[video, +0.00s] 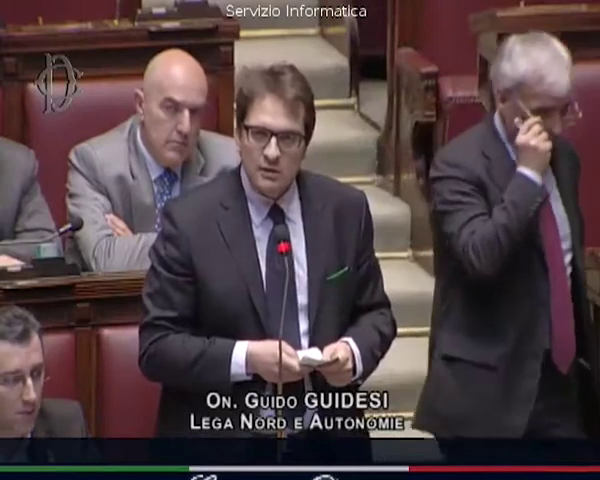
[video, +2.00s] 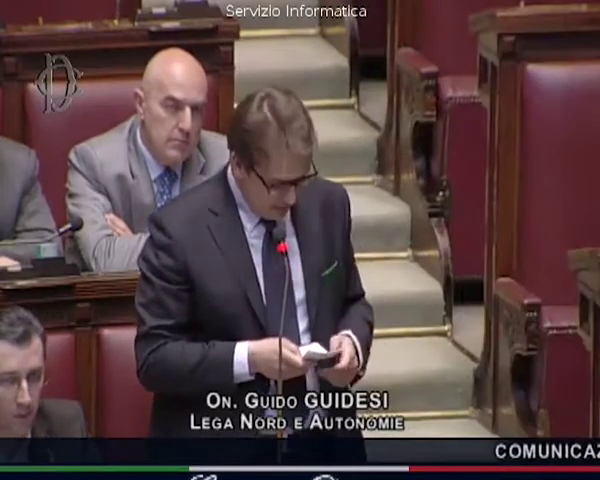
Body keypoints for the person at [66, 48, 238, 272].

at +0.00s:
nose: (185, 127)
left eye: (195, 111)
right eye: (170, 108)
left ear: (204, 108)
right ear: (140, 104)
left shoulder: (230, 157)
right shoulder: (91, 161)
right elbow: (105, 259)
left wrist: (138, 251)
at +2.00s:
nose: (187, 125)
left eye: (197, 109)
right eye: (172, 107)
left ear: (205, 108)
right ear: (140, 104)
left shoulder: (226, 155)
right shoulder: (91, 161)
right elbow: (105, 260)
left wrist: (137, 247)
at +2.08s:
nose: (187, 125)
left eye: (197, 109)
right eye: (172, 107)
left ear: (205, 108)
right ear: (140, 104)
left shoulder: (227, 155)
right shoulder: (91, 161)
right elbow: (106, 260)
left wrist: (137, 247)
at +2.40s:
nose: (187, 125)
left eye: (197, 110)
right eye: (172, 107)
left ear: (204, 109)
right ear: (140, 104)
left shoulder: (228, 156)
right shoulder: (91, 161)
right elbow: (106, 260)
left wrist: (138, 248)